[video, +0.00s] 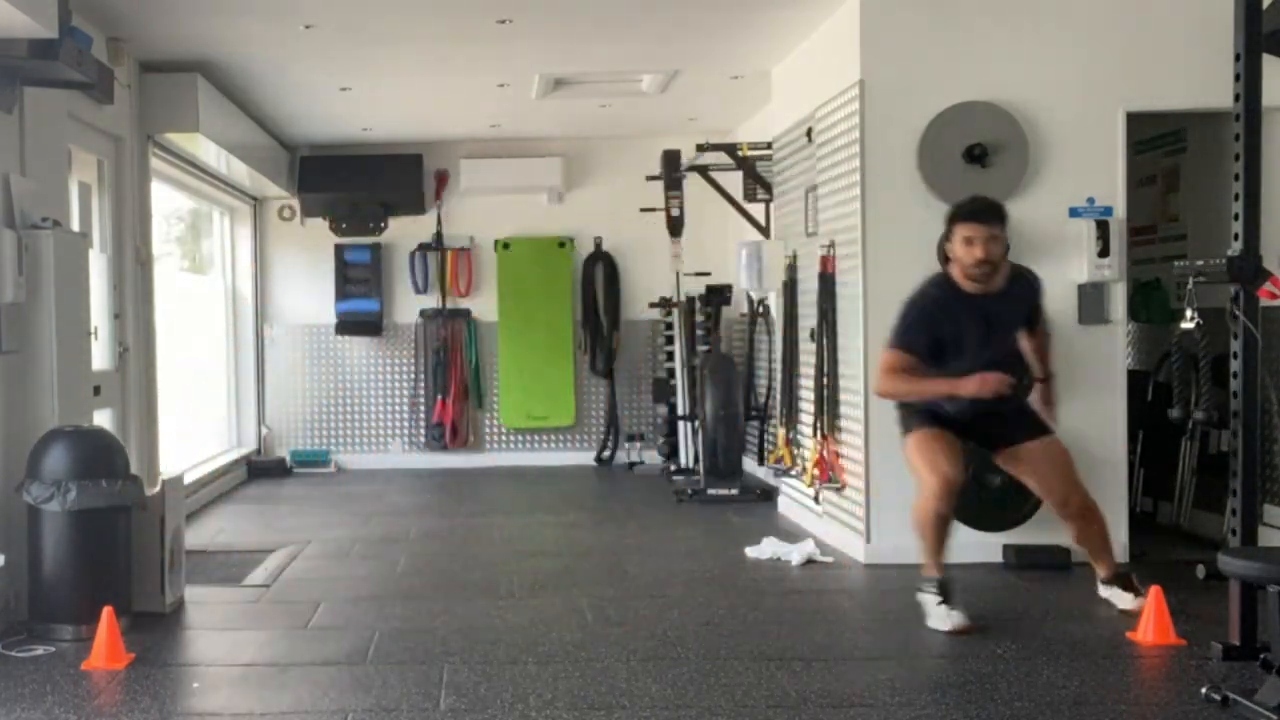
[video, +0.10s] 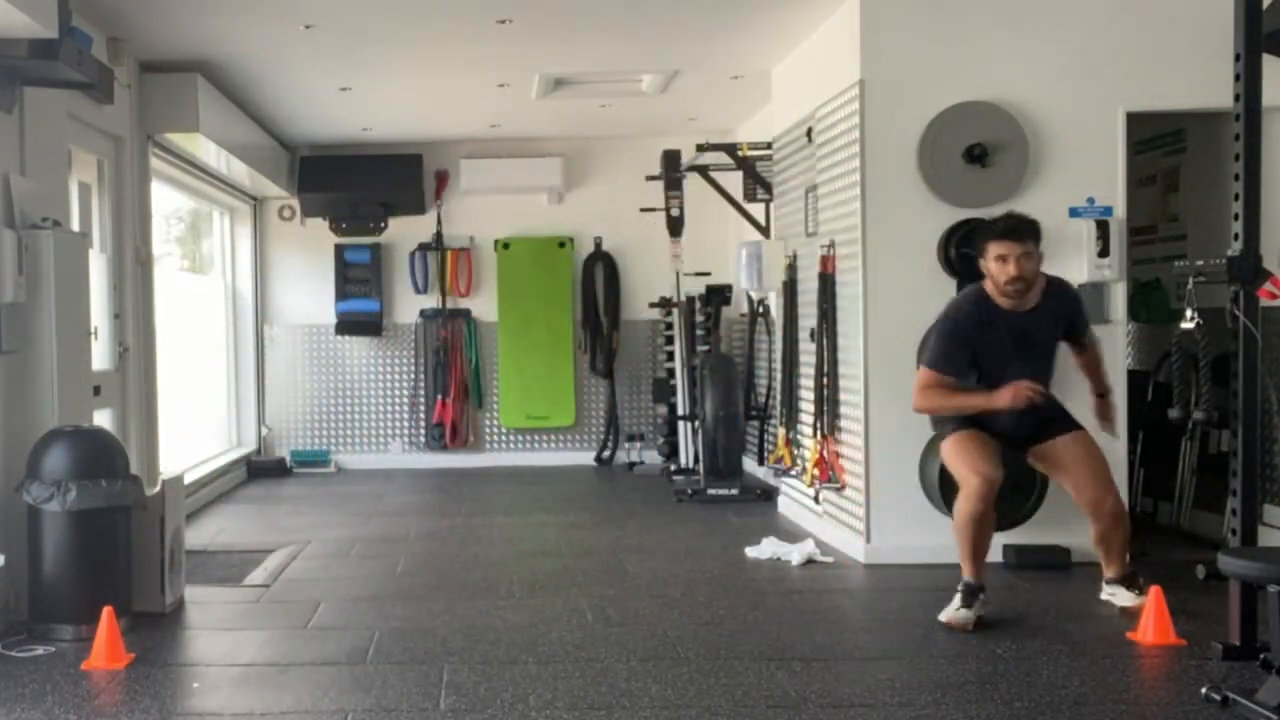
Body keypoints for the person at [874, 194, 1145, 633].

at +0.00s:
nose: (981, 253)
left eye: (991, 241)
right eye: (969, 242)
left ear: (1006, 244)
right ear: (949, 248)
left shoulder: (1023, 286)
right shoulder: (930, 301)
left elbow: (1035, 330)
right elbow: (887, 381)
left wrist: (1044, 379)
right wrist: (962, 384)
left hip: (1001, 403)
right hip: (933, 411)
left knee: (1073, 500)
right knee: (942, 478)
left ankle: (1109, 577)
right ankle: (933, 586)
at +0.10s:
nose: (1015, 271)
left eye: (1024, 259)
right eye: (1002, 260)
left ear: (1039, 259)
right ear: (984, 265)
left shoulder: (1060, 298)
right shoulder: (963, 315)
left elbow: (1083, 346)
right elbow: (924, 397)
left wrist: (1102, 393)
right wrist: (995, 398)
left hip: (1034, 410)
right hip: (966, 417)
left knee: (1105, 501)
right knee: (982, 480)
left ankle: (1116, 580)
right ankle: (970, 588)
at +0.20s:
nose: (1026, 275)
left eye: (1036, 263)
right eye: (1014, 264)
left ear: (1052, 261)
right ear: (997, 267)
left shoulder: (1079, 299)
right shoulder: (975, 314)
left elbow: (1113, 349)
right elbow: (928, 390)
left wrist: (1137, 406)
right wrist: (971, 433)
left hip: (1045, 410)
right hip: (978, 412)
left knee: (1109, 493)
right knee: (997, 473)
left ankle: (1116, 582)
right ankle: (987, 576)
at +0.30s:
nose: (1020, 270)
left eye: (1030, 258)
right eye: (1008, 259)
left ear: (1047, 256)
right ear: (992, 261)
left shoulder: (1071, 294)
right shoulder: (968, 307)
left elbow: (1114, 339)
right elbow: (912, 372)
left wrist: (1140, 398)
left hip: (1035, 396)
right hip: (966, 400)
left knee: (1101, 481)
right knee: (1003, 475)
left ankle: (1117, 577)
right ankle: (1003, 560)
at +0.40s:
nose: (993, 261)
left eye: (1003, 248)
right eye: (980, 250)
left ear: (1020, 249)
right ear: (963, 254)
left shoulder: (1044, 287)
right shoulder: (935, 304)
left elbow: (1079, 331)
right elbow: (881, 345)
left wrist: (1106, 388)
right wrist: (865, 411)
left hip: (1024, 395)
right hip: (957, 408)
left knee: (1084, 481)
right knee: (992, 499)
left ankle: (1115, 576)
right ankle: (1010, 570)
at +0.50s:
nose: (951, 254)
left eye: (961, 242)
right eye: (940, 244)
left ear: (979, 244)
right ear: (925, 247)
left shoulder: (1003, 282)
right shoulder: (898, 296)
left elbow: (1026, 323)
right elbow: (845, 344)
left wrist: (1036, 367)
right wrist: (832, 407)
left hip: (998, 395)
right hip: (930, 411)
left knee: (1052, 487)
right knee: (963, 508)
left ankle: (1104, 561)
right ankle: (1011, 570)